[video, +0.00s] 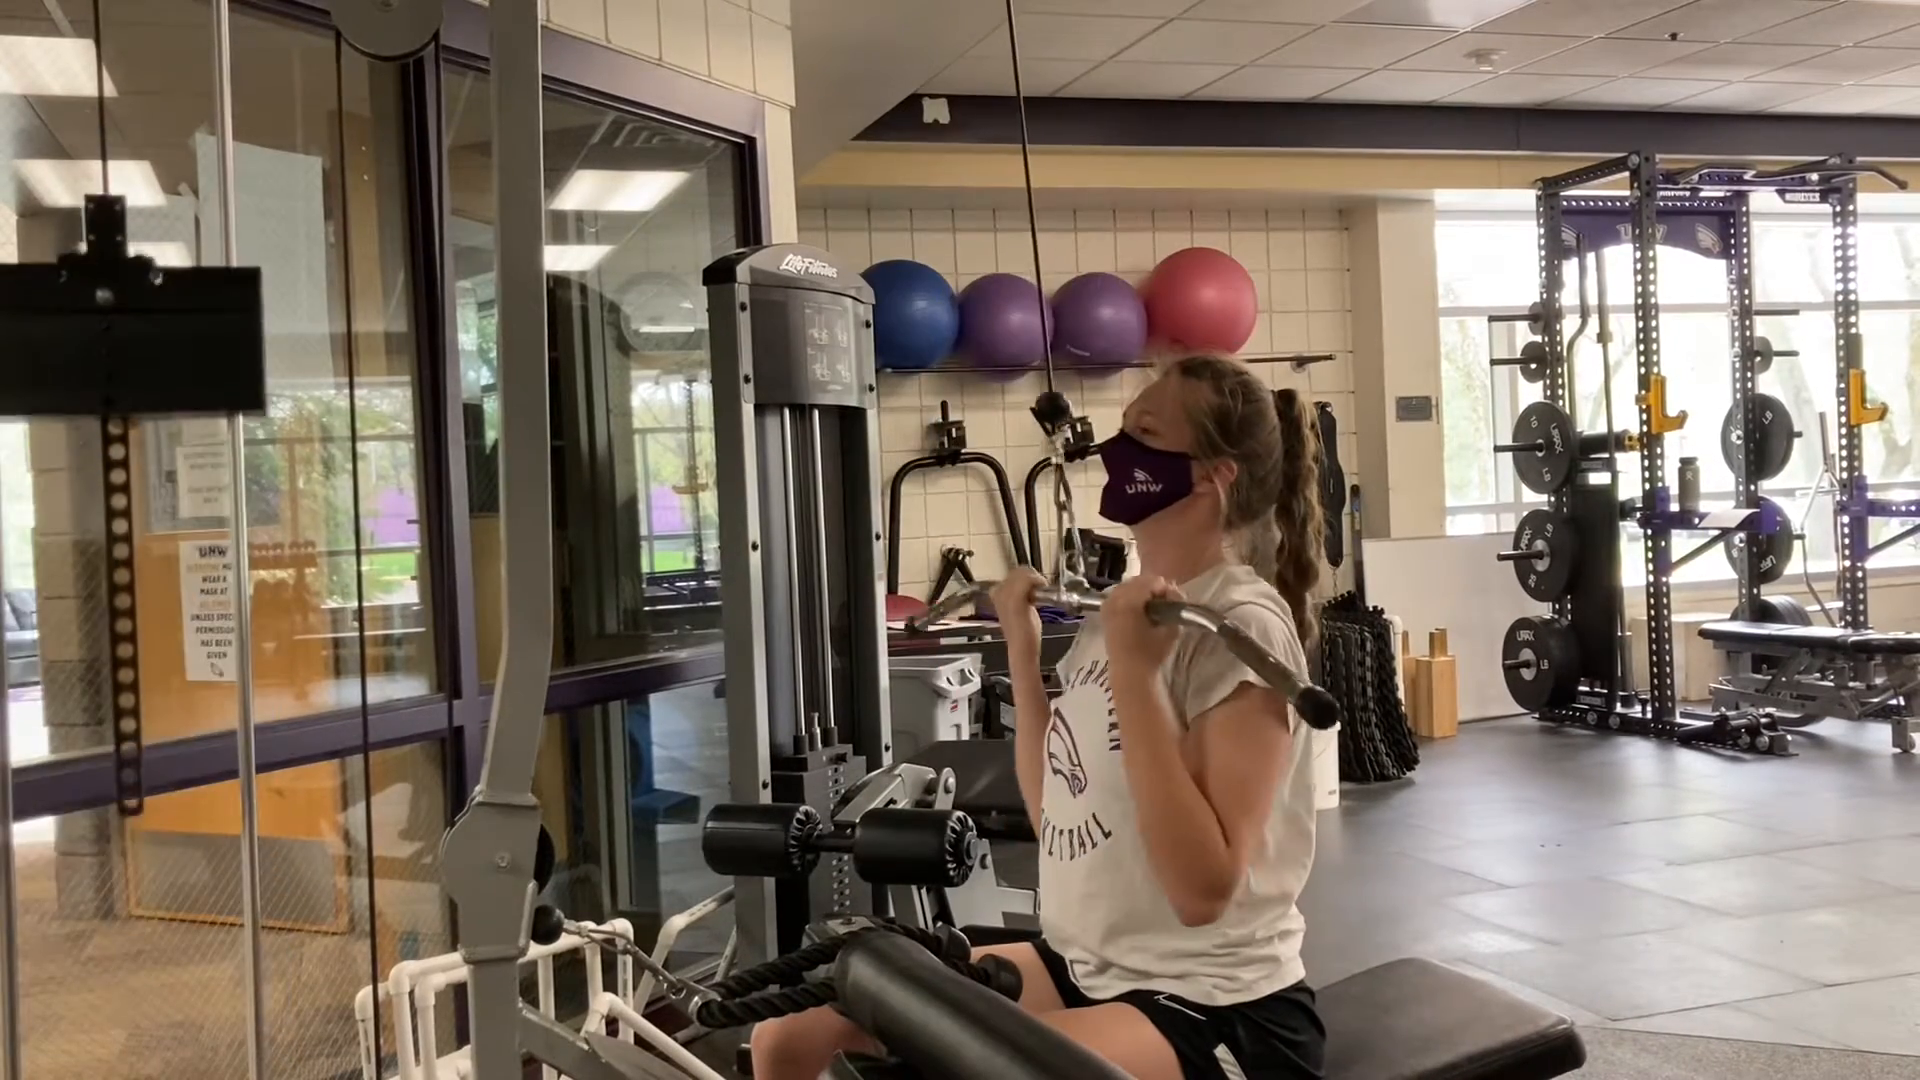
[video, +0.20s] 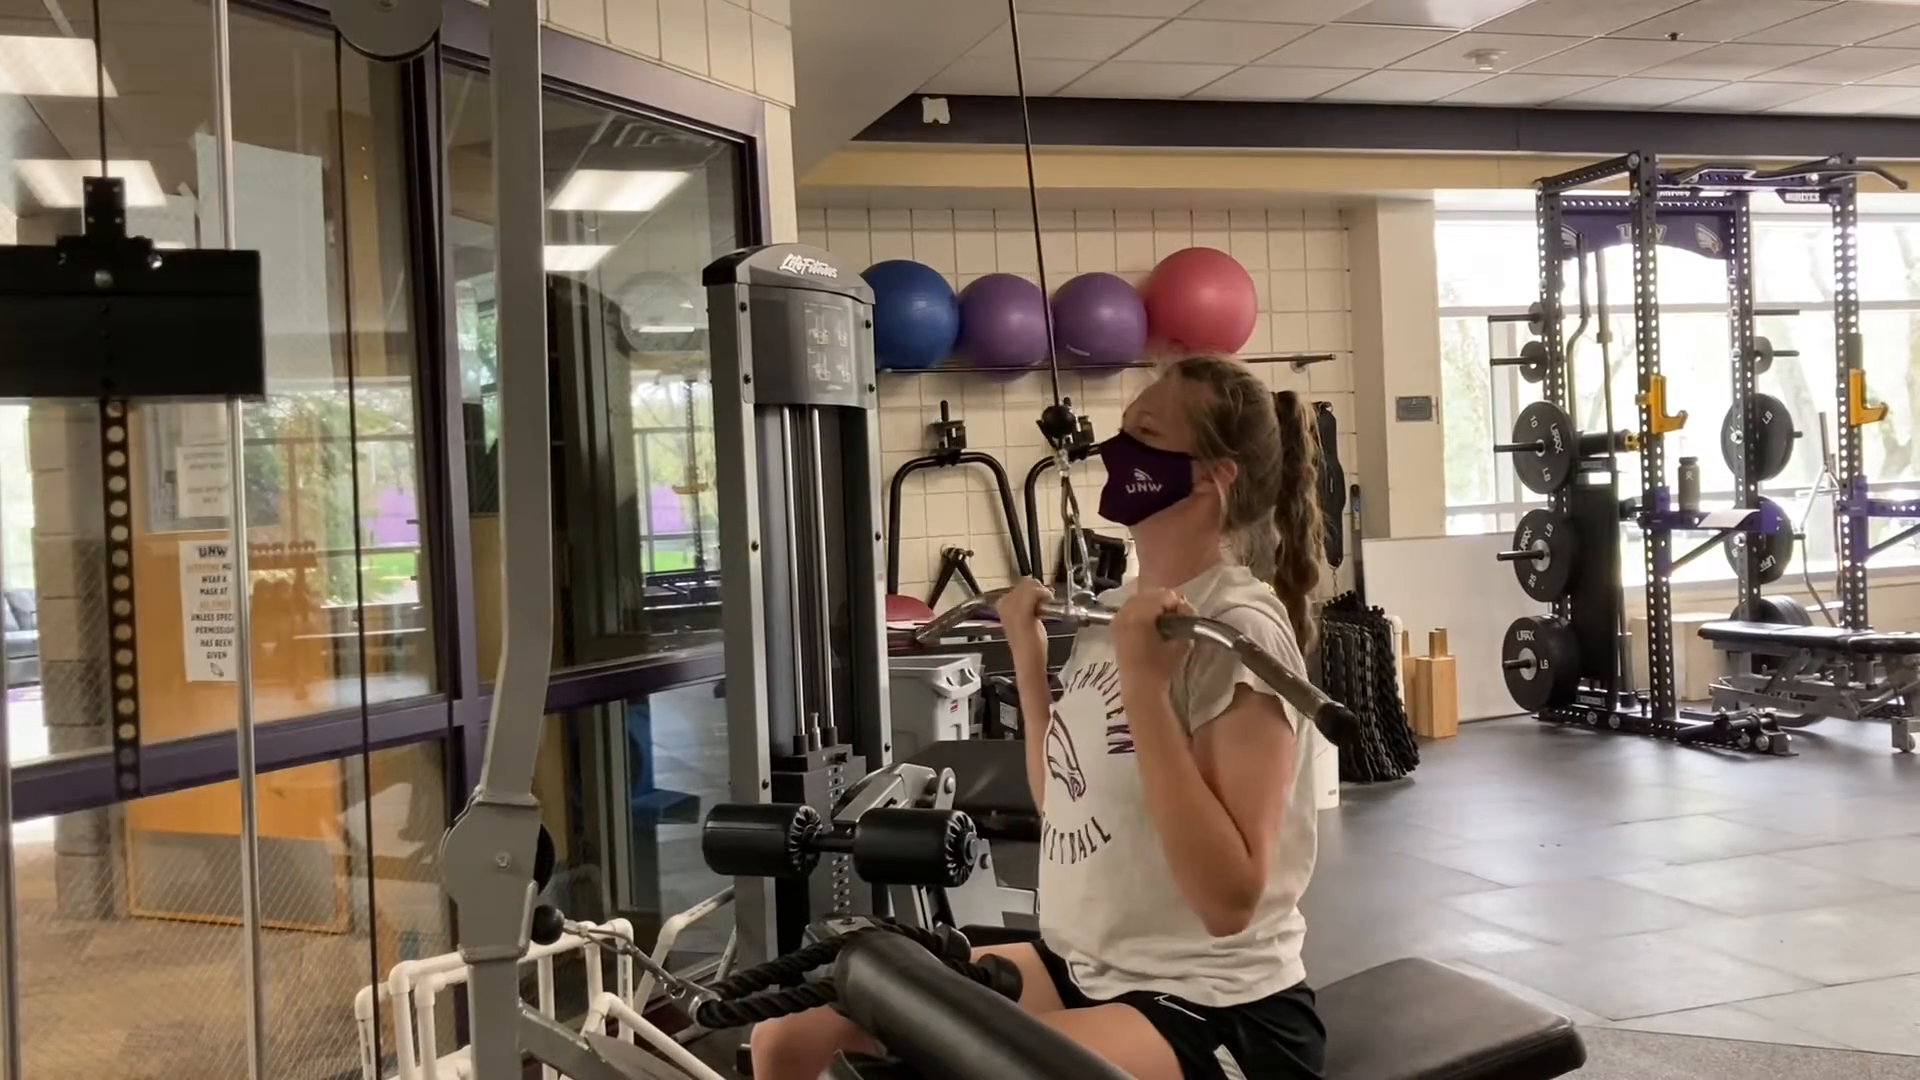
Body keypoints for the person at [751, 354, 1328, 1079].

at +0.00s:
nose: (1114, 450)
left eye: (1143, 437)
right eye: (1123, 430)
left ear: (1217, 477)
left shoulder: (1244, 625)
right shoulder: (1122, 611)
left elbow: (1204, 887)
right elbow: (1050, 805)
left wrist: (1131, 670)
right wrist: (1022, 647)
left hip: (1217, 1003)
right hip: (1091, 963)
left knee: (966, 1065)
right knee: (788, 1042)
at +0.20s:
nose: (1114, 450)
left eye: (1143, 436)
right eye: (1123, 431)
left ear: (1217, 478)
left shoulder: (1244, 628)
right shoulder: (1124, 614)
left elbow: (1230, 900)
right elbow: (1058, 797)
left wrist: (1142, 678)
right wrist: (1027, 648)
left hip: (1217, 1004)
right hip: (1086, 964)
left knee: (966, 1065)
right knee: (788, 1042)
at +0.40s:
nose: (1117, 454)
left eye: (1148, 440)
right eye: (1125, 434)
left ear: (1222, 478)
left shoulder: (1241, 621)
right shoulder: (1113, 610)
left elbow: (1193, 882)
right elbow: (1040, 830)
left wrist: (1129, 659)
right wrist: (1013, 649)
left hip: (1217, 1005)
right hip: (1085, 964)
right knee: (786, 1044)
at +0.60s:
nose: (1125, 463)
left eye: (1155, 448)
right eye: (1129, 441)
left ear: (1227, 480)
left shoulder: (1248, 620)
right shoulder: (1112, 612)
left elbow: (1145, 842)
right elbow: (999, 793)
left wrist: (1111, 604)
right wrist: (998, 608)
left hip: (1220, 1004)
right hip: (1084, 964)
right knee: (786, 1043)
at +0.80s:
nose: (1130, 452)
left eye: (1157, 435)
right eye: (1135, 429)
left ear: (1223, 485)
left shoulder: (1255, 612)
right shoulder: (1119, 601)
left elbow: (1088, 734)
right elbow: (953, 704)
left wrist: (1084, 497)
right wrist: (981, 509)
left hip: (1219, 1004)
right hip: (1084, 965)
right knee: (787, 1043)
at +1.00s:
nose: (1119, 462)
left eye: (1150, 449)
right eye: (1127, 443)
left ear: (1227, 481)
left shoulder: (1263, 609)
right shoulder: (1114, 580)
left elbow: (1080, 571)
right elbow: (941, 562)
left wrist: (1066, 333)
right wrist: (973, 366)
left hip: (1224, 1011)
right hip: (1090, 964)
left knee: (975, 1066)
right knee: (790, 1041)